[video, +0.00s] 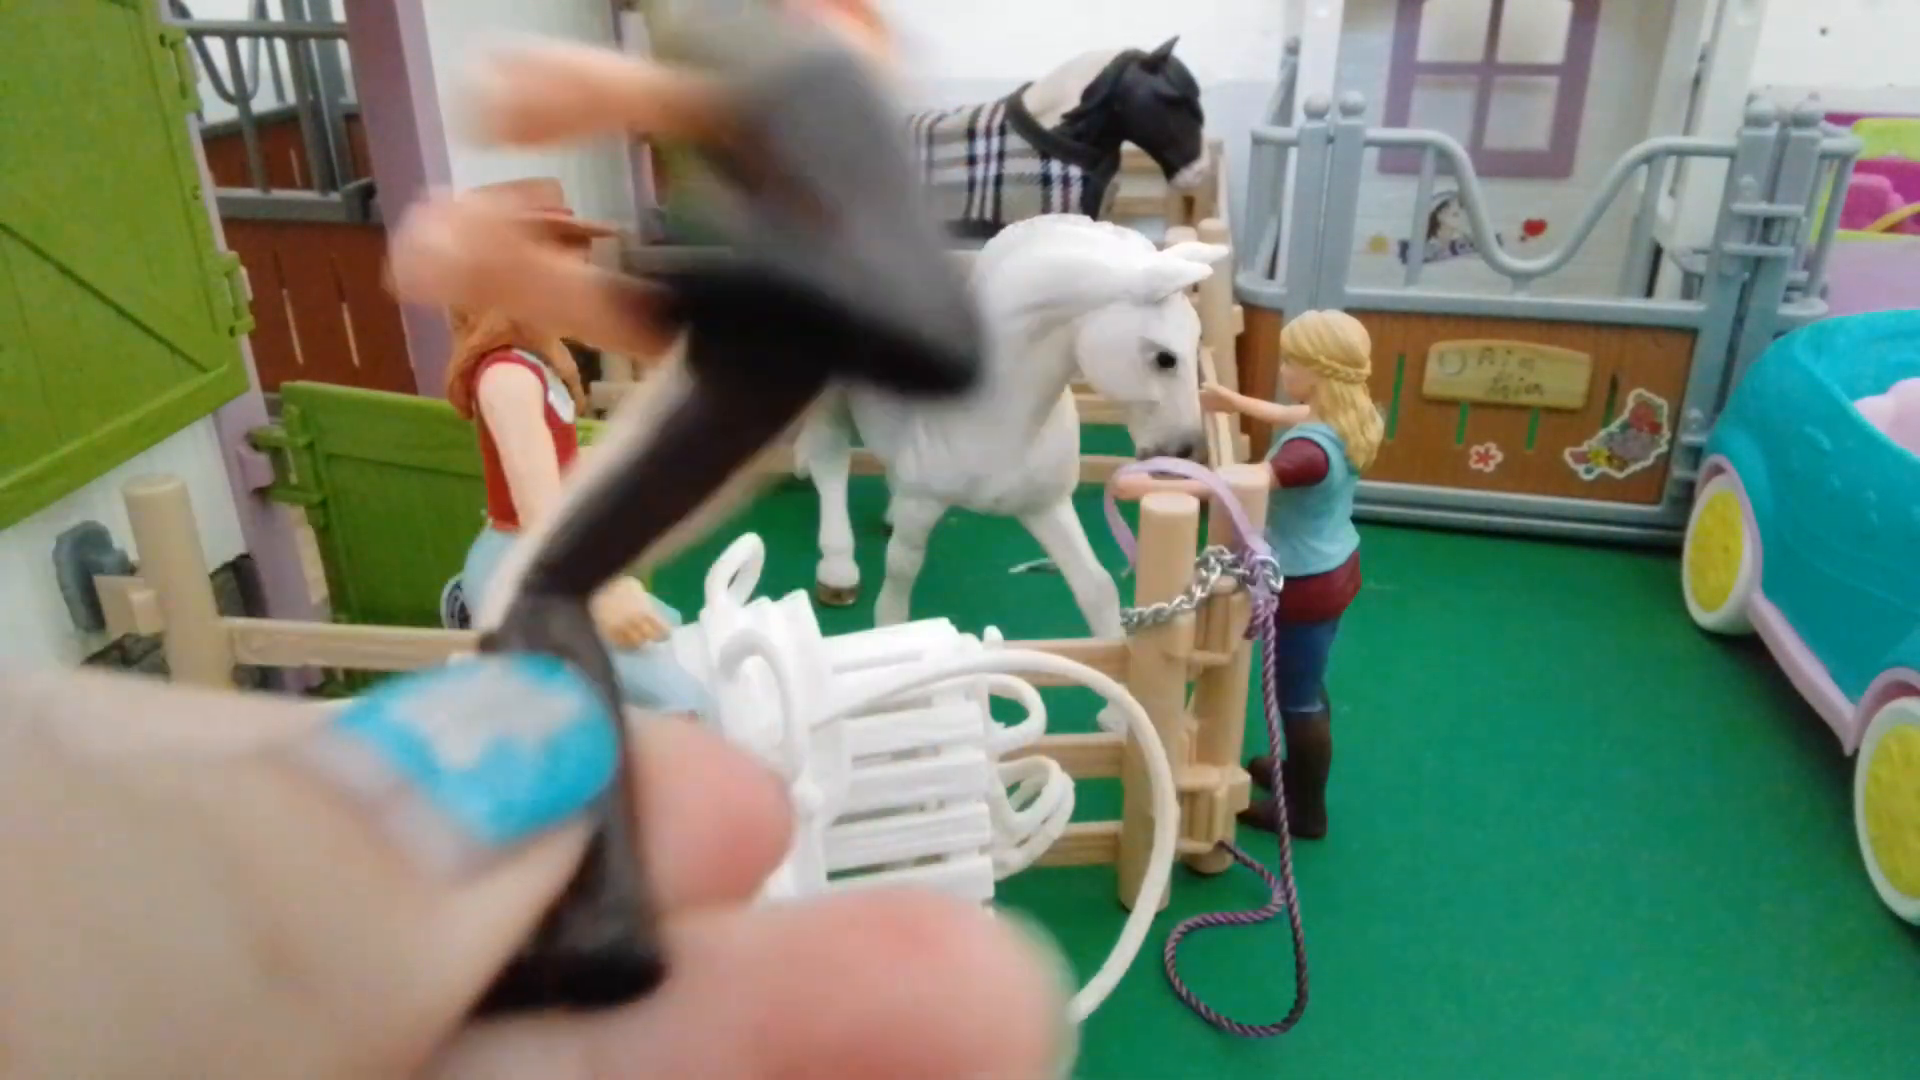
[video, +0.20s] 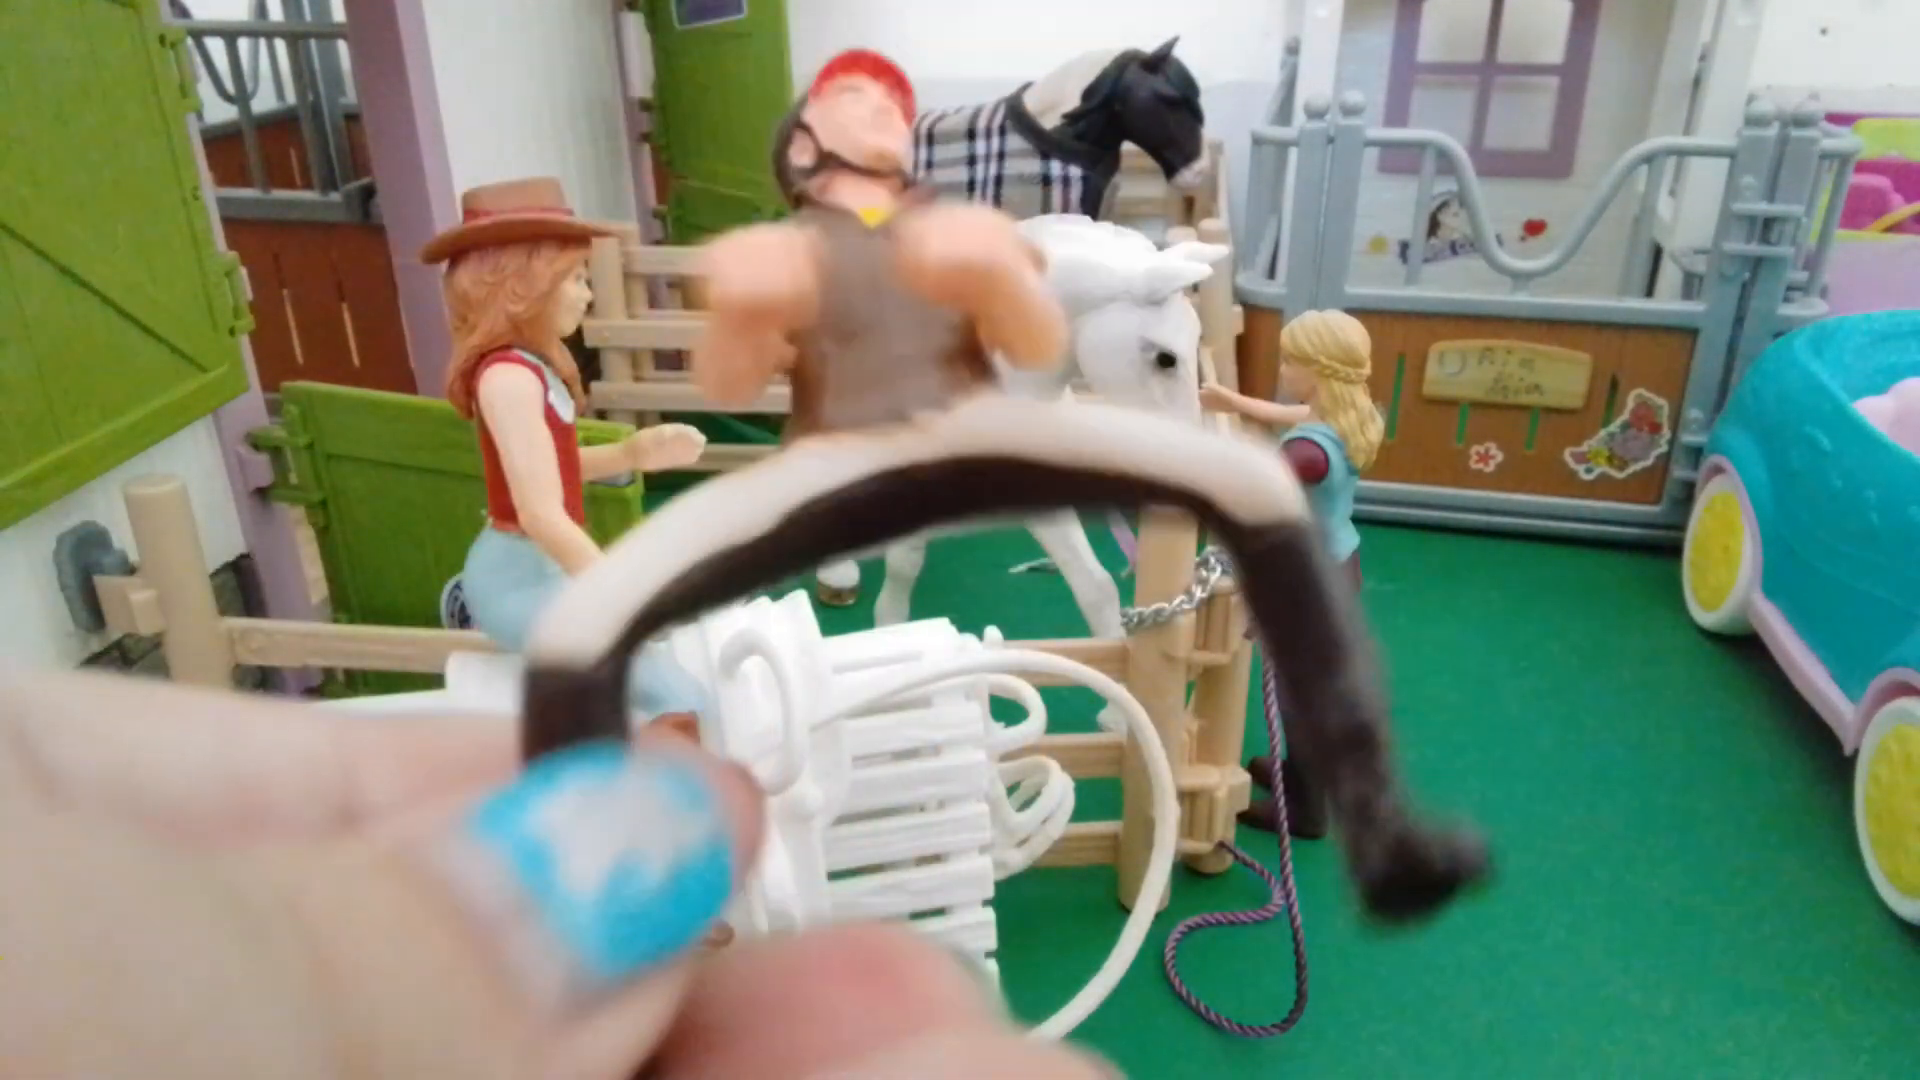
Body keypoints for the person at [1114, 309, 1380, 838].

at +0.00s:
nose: (1282, 370)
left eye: (1290, 361)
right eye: (1285, 359)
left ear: (1319, 372)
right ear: (1336, 372)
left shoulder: (1314, 447)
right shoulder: (1347, 417)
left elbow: (1242, 480)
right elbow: (1286, 415)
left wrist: (1157, 484)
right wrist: (1235, 401)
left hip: (1304, 588)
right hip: (1331, 567)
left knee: (1300, 701)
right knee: (1301, 682)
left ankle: (1303, 813)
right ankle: (1298, 773)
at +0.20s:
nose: (1280, 371)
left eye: (1289, 361)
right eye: (1283, 360)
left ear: (1317, 373)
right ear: (1335, 373)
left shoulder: (1315, 448)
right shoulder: (1344, 419)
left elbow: (1253, 488)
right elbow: (1286, 416)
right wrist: (1233, 400)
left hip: (1316, 575)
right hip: (1337, 561)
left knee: (1295, 686)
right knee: (1309, 674)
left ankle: (1299, 807)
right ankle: (1300, 769)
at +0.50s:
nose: (1281, 371)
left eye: (1290, 363)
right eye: (1284, 361)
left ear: (1317, 374)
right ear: (1336, 373)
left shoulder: (1315, 448)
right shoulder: (1346, 419)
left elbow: (1253, 479)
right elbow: (1292, 415)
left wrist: (1193, 479)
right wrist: (1236, 401)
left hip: (1309, 579)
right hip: (1333, 565)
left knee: (1297, 691)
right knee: (1299, 676)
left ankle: (1302, 809)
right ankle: (1298, 771)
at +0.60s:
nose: (1280, 373)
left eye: (1290, 363)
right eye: (1283, 362)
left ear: (1314, 373)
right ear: (1347, 369)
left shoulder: (1316, 438)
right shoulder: (1356, 422)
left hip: (1310, 574)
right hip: (1335, 564)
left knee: (1296, 688)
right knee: (1304, 680)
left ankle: (1303, 806)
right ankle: (1295, 772)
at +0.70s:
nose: (1281, 373)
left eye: (1290, 363)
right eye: (1286, 363)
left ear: (1308, 373)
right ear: (1349, 372)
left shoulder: (1311, 444)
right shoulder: (1336, 432)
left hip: (1316, 573)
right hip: (1337, 562)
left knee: (1304, 697)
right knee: (1304, 685)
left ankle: (1303, 806)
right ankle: (1294, 773)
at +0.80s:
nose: (1282, 371)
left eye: (1290, 362)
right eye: (1285, 360)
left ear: (1317, 373)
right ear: (1332, 372)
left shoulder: (1312, 448)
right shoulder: (1349, 417)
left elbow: (1248, 478)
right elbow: (1292, 415)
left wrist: (1187, 475)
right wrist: (1235, 400)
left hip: (1308, 586)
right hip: (1340, 564)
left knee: (1300, 694)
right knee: (1300, 674)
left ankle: (1303, 809)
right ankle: (1293, 766)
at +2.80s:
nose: (1282, 371)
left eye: (1290, 362)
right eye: (1285, 360)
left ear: (1318, 372)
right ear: (1336, 372)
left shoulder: (1314, 447)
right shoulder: (1349, 417)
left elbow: (1250, 478)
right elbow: (1290, 416)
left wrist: (1165, 484)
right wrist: (1236, 401)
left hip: (1304, 587)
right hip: (1334, 564)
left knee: (1295, 698)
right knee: (1305, 683)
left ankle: (1307, 811)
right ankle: (1309, 788)